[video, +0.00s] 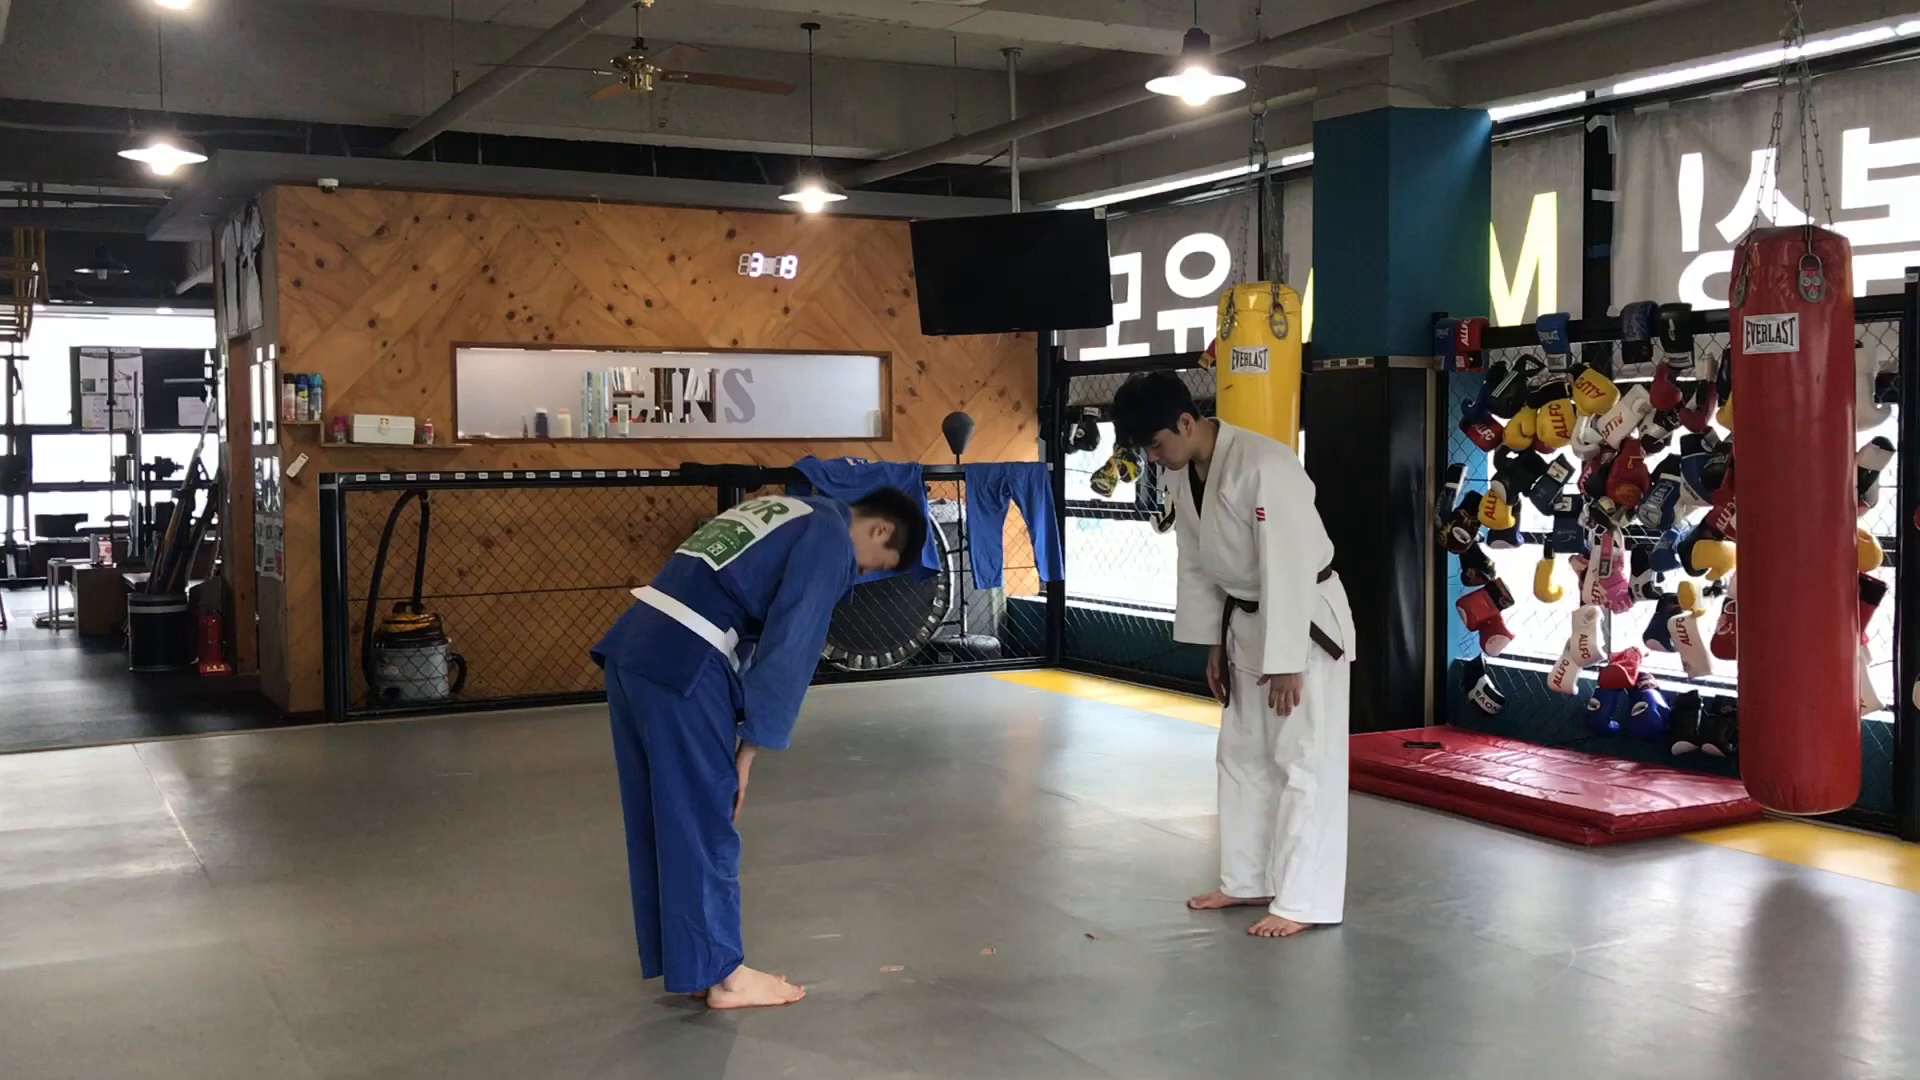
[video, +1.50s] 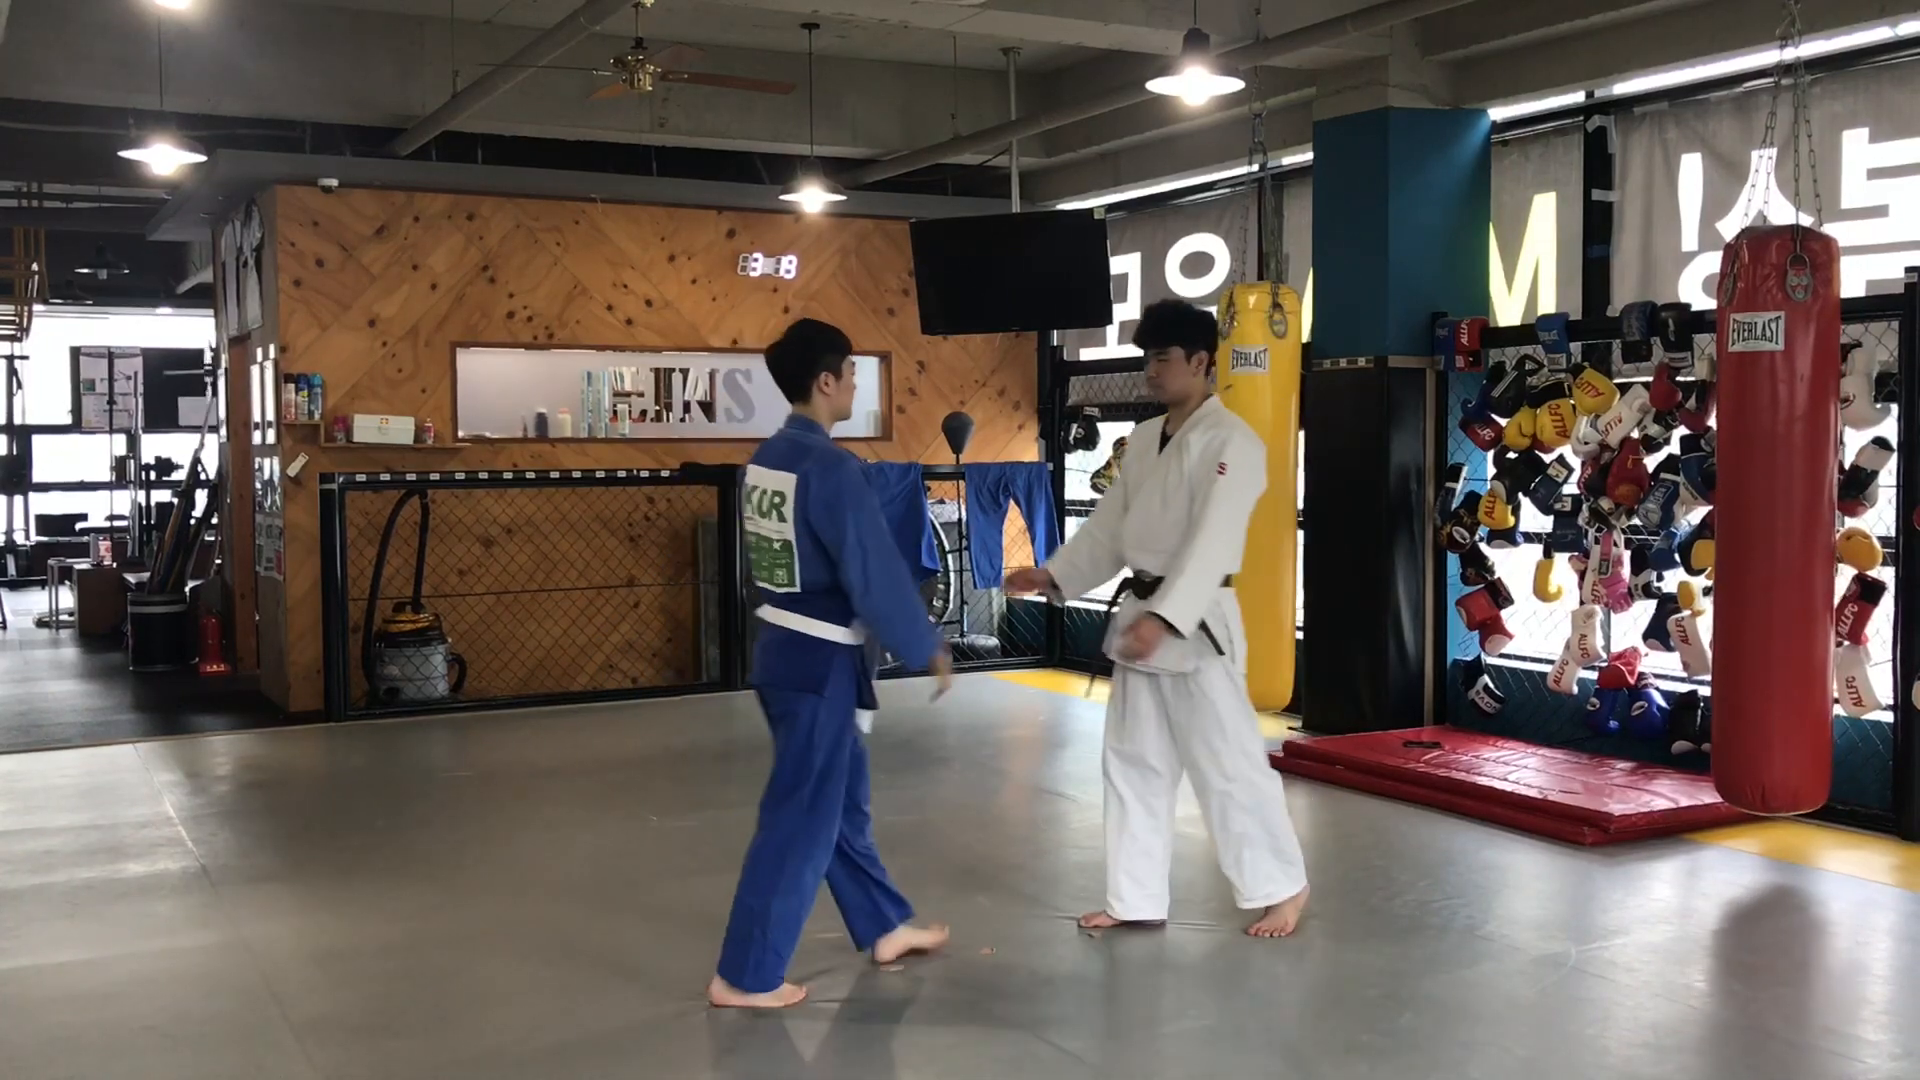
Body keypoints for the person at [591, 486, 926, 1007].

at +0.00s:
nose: (865, 573)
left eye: (879, 570)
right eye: (880, 562)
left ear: (868, 515)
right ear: (880, 528)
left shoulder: (779, 506)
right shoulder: (829, 536)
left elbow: (733, 617)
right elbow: (790, 641)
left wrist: (736, 723)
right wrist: (749, 747)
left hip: (630, 656)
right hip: (683, 671)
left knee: (658, 817)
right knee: (708, 822)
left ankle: (686, 965)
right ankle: (723, 972)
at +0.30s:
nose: (867, 580)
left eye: (881, 576)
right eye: (881, 570)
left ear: (873, 525)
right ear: (882, 536)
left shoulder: (783, 511)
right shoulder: (830, 542)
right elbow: (790, 646)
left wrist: (736, 728)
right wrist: (749, 751)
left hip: (631, 651)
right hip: (683, 665)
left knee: (660, 812)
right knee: (707, 818)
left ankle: (688, 964)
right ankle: (725, 971)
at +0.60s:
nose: (862, 484)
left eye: (870, 474)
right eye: (868, 471)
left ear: (829, 435)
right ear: (853, 446)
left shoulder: (753, 464)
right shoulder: (810, 489)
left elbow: (719, 571)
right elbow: (796, 602)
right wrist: (781, 705)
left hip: (654, 657)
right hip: (708, 667)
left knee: (669, 815)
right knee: (719, 821)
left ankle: (679, 962)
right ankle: (722, 973)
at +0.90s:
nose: (811, 390)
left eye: (812, 377)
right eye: (809, 377)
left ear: (752, 374)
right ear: (782, 374)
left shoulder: (710, 443)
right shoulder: (775, 456)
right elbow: (803, 570)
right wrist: (821, 657)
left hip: (699, 656)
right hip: (750, 664)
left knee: (710, 814)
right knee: (758, 821)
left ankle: (705, 966)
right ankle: (740, 977)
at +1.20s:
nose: (812, 381)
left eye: (809, 368)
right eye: (808, 368)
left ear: (750, 376)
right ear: (783, 373)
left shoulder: (719, 453)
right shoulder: (787, 460)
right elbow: (812, 574)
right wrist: (835, 667)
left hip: (722, 664)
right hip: (773, 671)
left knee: (747, 814)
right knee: (772, 823)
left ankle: (738, 953)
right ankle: (740, 980)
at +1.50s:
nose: (854, 385)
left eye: (852, 373)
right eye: (849, 374)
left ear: (796, 384)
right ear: (826, 381)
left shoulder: (770, 457)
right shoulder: (833, 467)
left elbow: (785, 558)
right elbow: (874, 572)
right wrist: (927, 645)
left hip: (778, 657)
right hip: (821, 665)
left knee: (842, 799)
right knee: (803, 813)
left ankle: (883, 928)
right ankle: (744, 975)